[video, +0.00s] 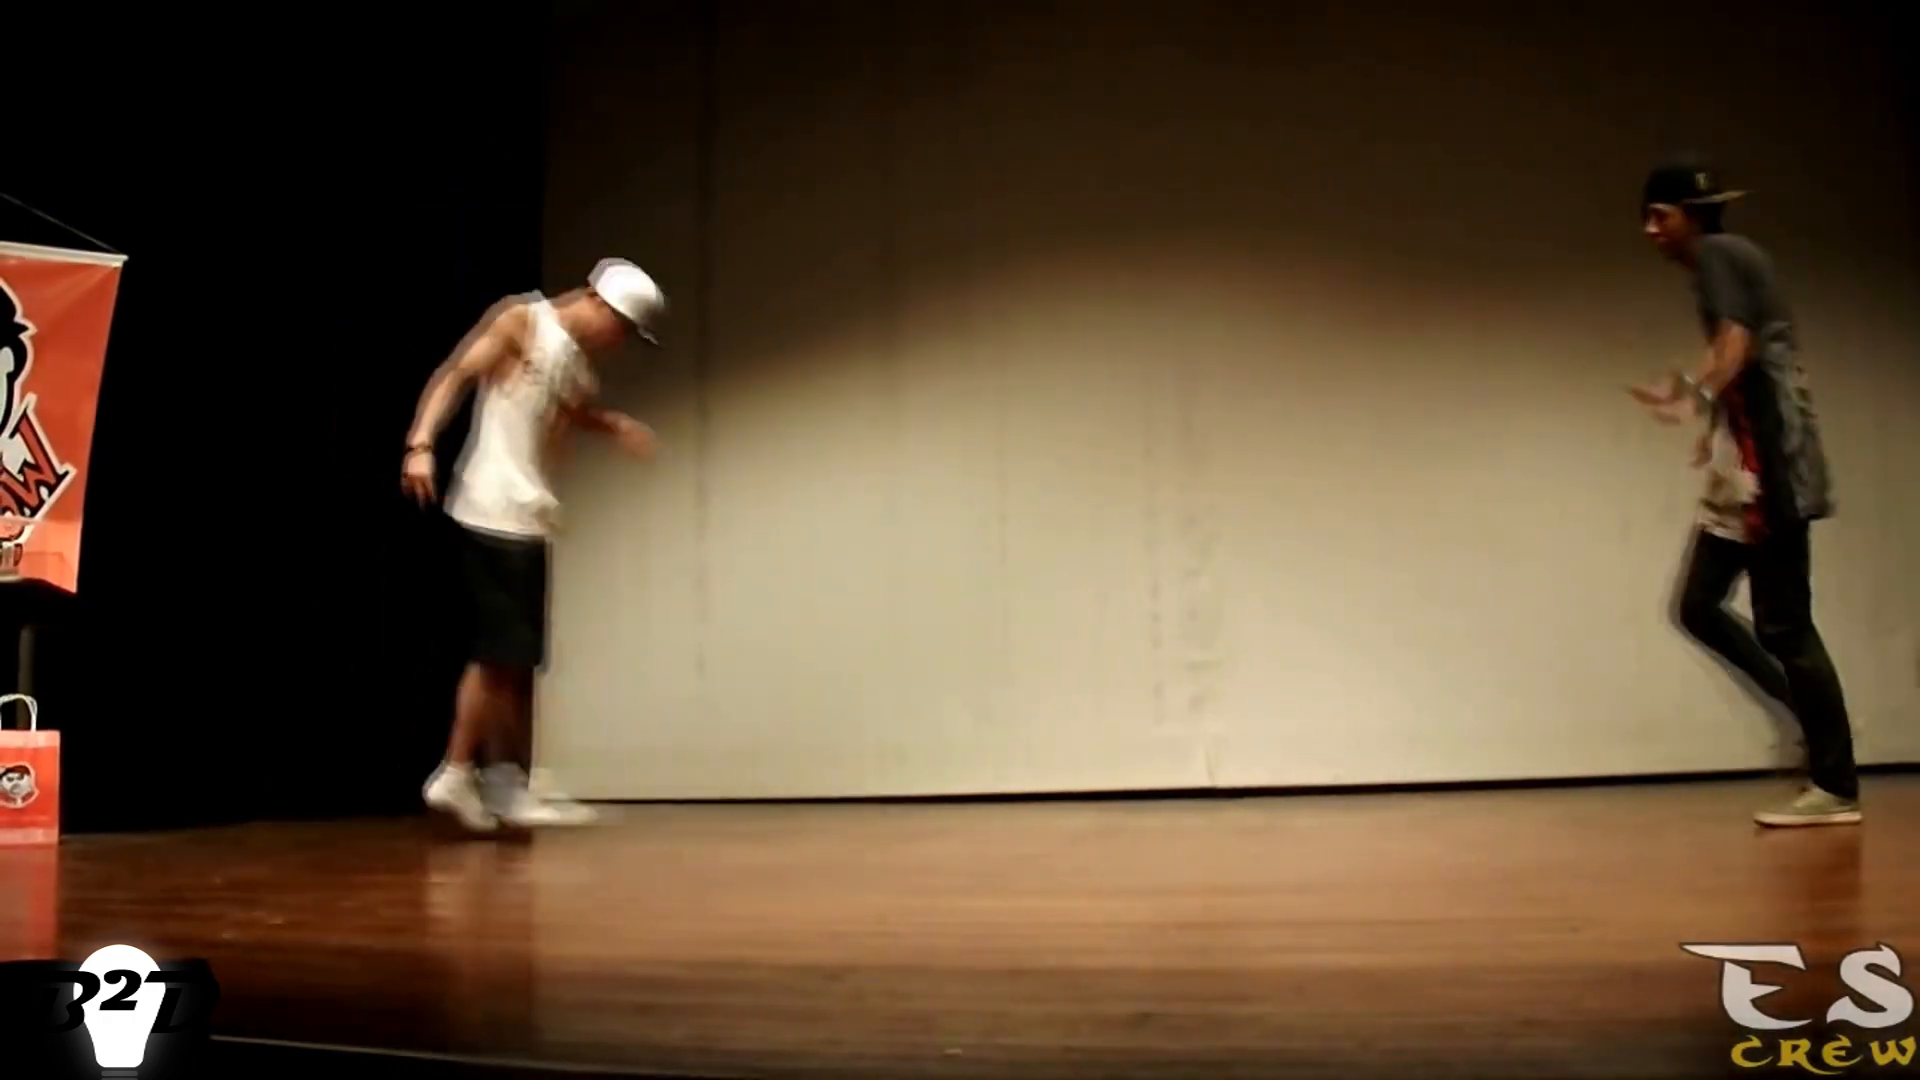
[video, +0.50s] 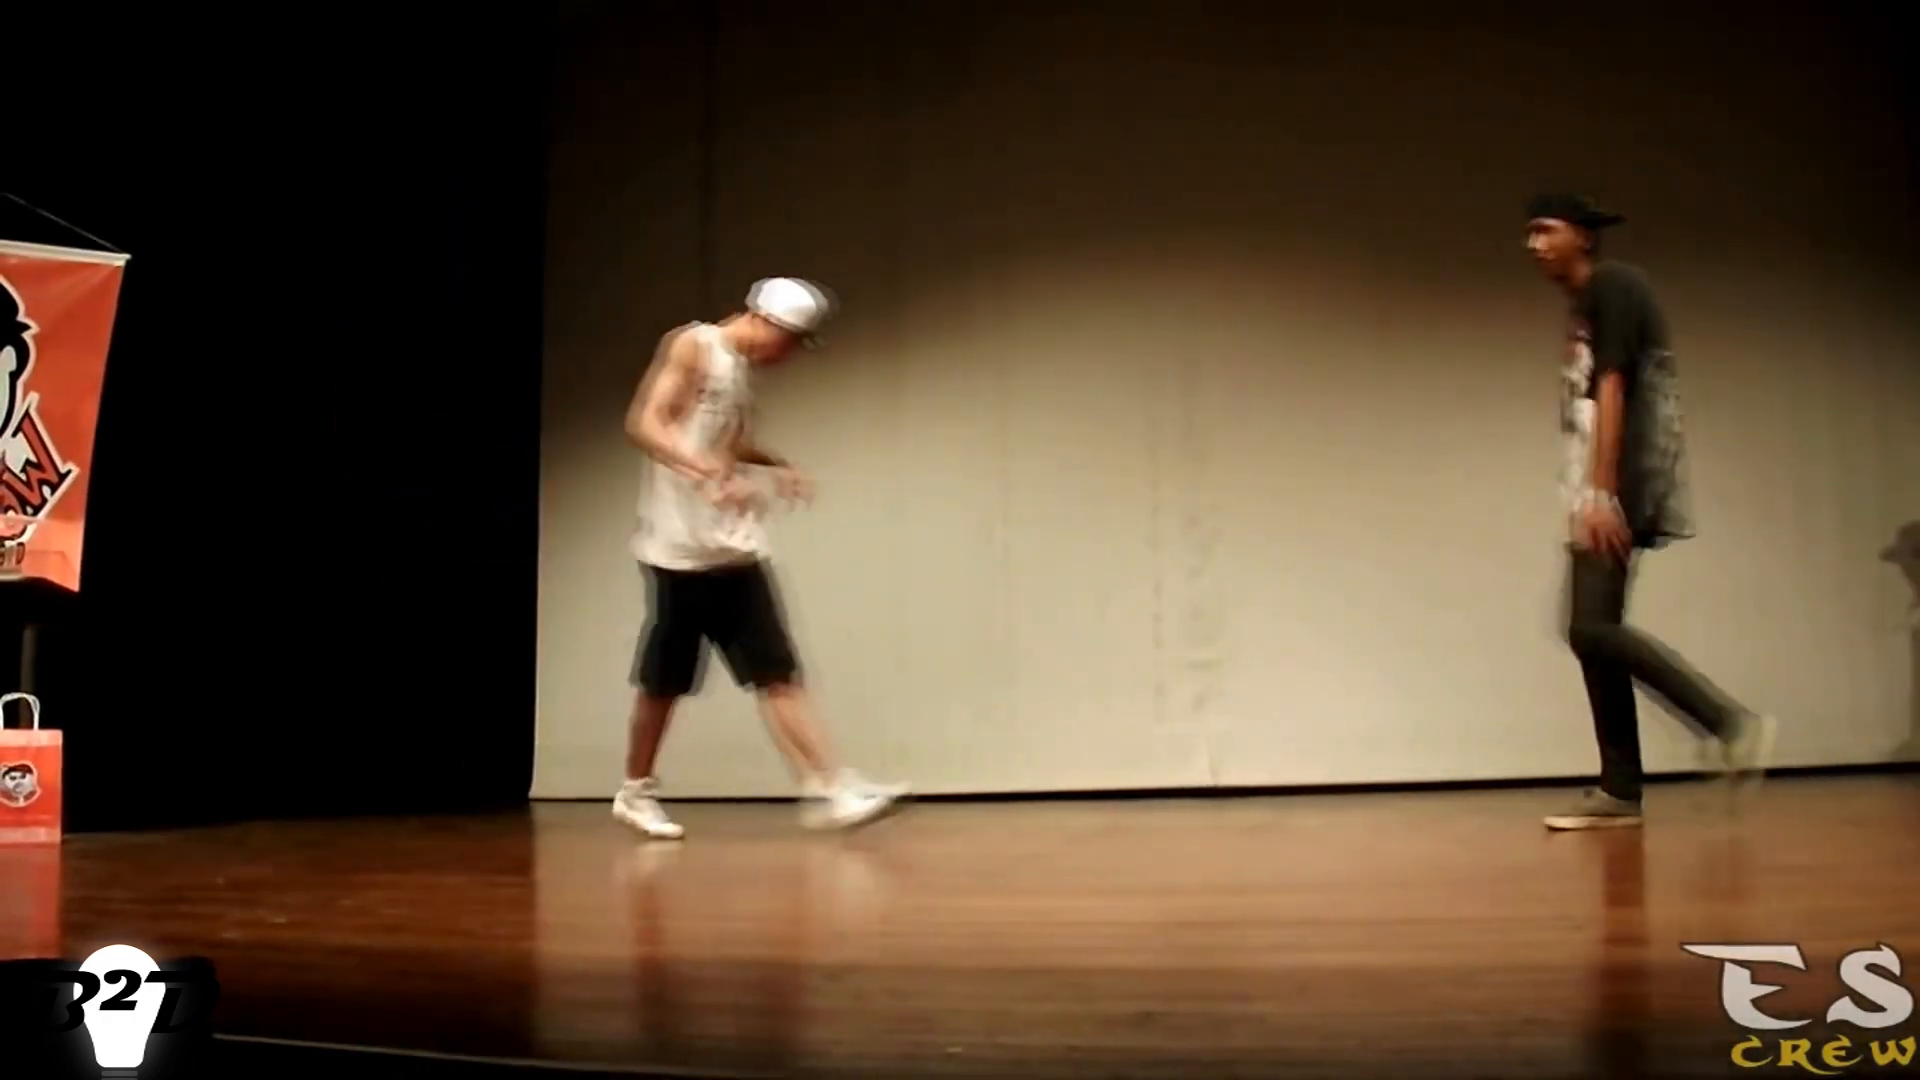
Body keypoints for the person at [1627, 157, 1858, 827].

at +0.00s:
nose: (1652, 233)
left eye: (1658, 218)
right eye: (1649, 220)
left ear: (1688, 215)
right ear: (1693, 217)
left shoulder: (1719, 255)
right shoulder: (1724, 260)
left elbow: (1735, 344)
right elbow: (1745, 357)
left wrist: (1691, 396)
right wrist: (1689, 396)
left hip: (1772, 483)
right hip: (1748, 483)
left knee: (1786, 630)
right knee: (1697, 608)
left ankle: (1837, 787)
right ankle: (1811, 720)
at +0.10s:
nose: (1633, 230)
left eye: (1642, 217)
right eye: (1631, 219)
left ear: (1675, 216)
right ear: (1677, 219)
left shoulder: (1691, 255)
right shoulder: (1718, 263)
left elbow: (1706, 324)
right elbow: (1738, 372)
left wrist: (1639, 359)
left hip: (1746, 487)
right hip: (1739, 488)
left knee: (1780, 630)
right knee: (1669, 613)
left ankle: (1836, 786)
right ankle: (1730, 750)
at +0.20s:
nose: (1609, 237)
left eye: (1620, 224)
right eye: (1608, 226)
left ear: (1655, 226)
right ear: (1641, 233)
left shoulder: (1678, 268)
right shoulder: (1666, 281)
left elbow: (1679, 337)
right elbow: (1671, 355)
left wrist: (1606, 374)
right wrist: (1599, 373)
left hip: (1729, 493)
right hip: (1707, 496)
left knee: (1767, 634)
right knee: (1663, 631)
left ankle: (1835, 784)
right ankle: (1638, 784)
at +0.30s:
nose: (1585, 242)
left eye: (1597, 229)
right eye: (1582, 232)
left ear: (1632, 233)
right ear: (1601, 241)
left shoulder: (1660, 286)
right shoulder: (1641, 298)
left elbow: (1657, 363)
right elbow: (1670, 405)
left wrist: (1588, 421)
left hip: (1703, 503)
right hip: (1672, 506)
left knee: (1737, 634)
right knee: (1632, 633)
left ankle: (1831, 778)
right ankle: (1623, 794)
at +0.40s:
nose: (1559, 249)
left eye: (1570, 236)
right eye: (1557, 238)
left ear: (1605, 239)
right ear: (1579, 245)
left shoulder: (1632, 290)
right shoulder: (1614, 300)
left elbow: (1627, 385)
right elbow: (1642, 408)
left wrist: (1596, 477)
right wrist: (1615, 497)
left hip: (1657, 502)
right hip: (1627, 504)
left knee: (1667, 635)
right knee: (1599, 638)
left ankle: (1800, 754)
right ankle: (1619, 793)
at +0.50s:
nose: (1534, 243)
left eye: (1546, 231)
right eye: (1532, 233)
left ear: (1582, 236)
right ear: (1558, 244)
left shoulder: (1613, 289)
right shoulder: (1592, 300)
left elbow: (1611, 395)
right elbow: (1602, 404)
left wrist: (1602, 492)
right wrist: (1593, 496)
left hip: (1616, 497)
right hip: (1600, 499)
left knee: (1594, 630)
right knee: (1595, 634)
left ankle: (1733, 725)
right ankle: (1620, 790)